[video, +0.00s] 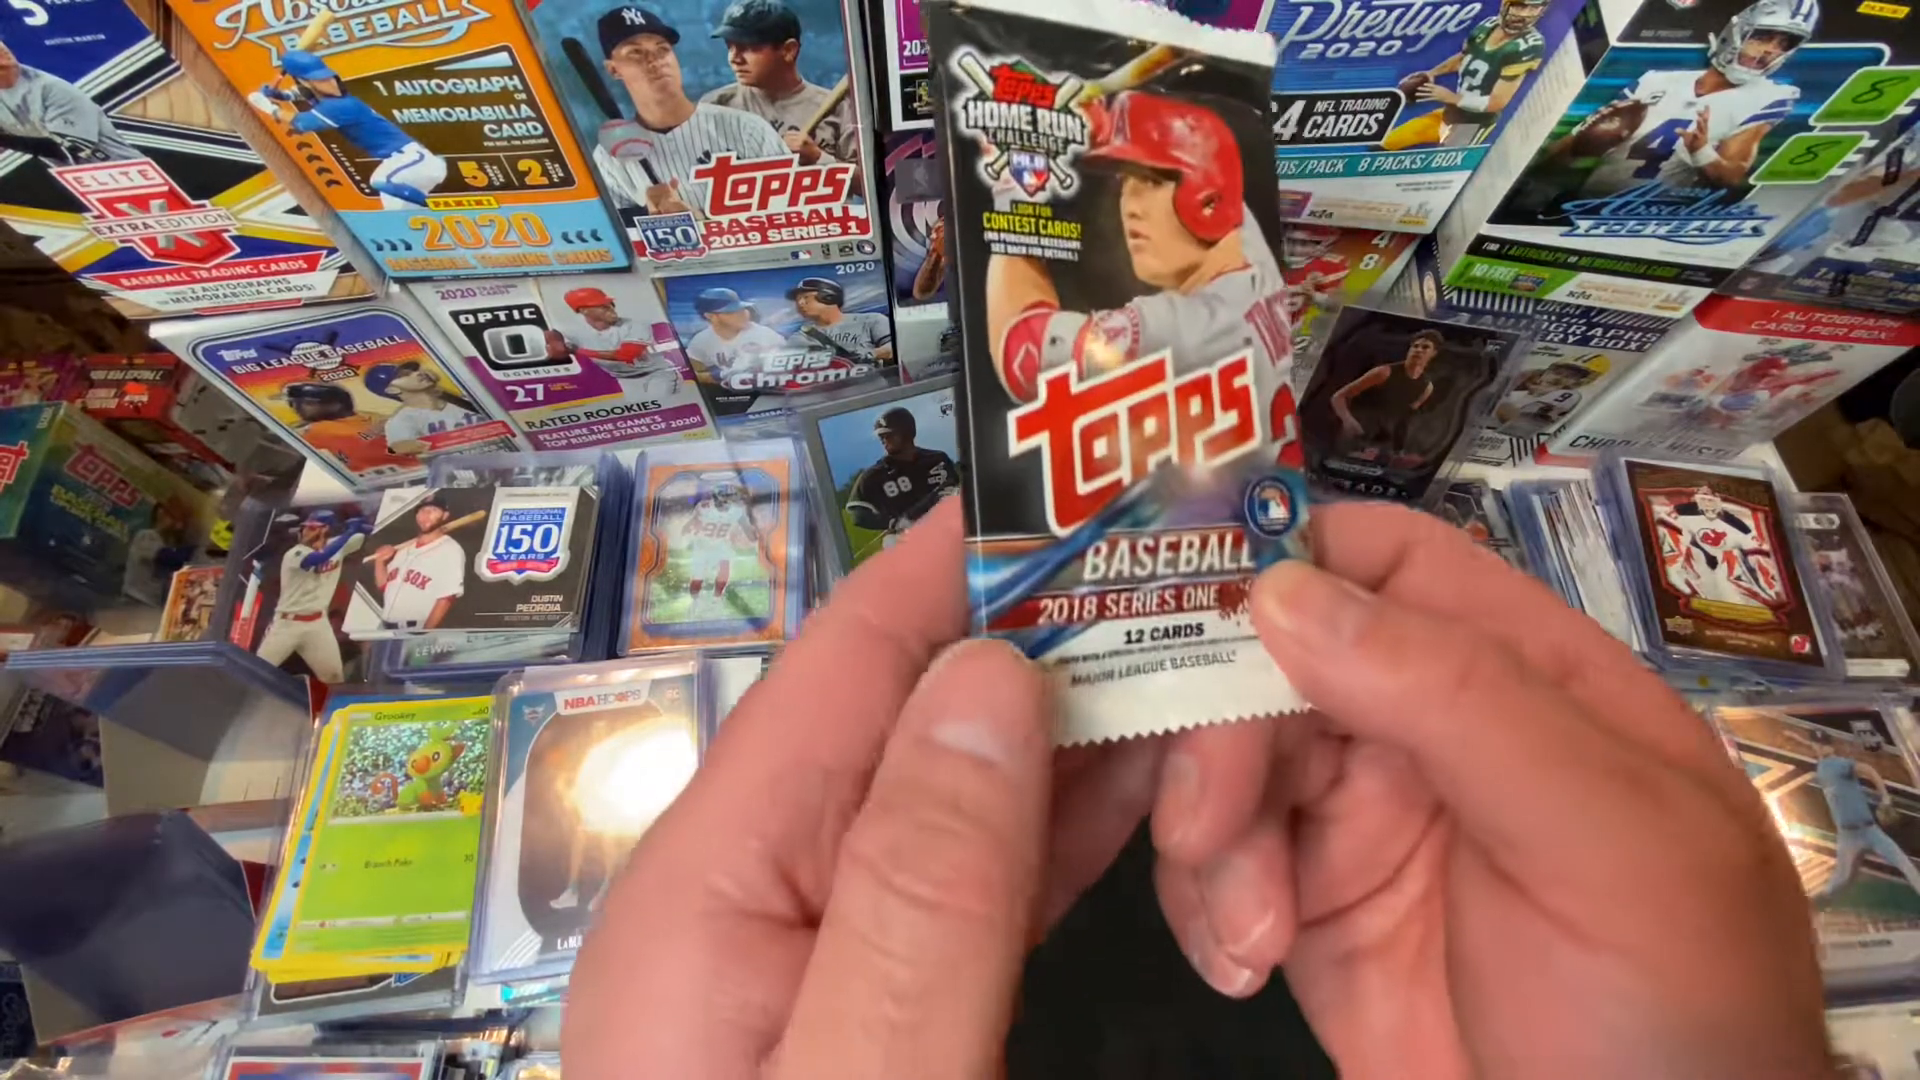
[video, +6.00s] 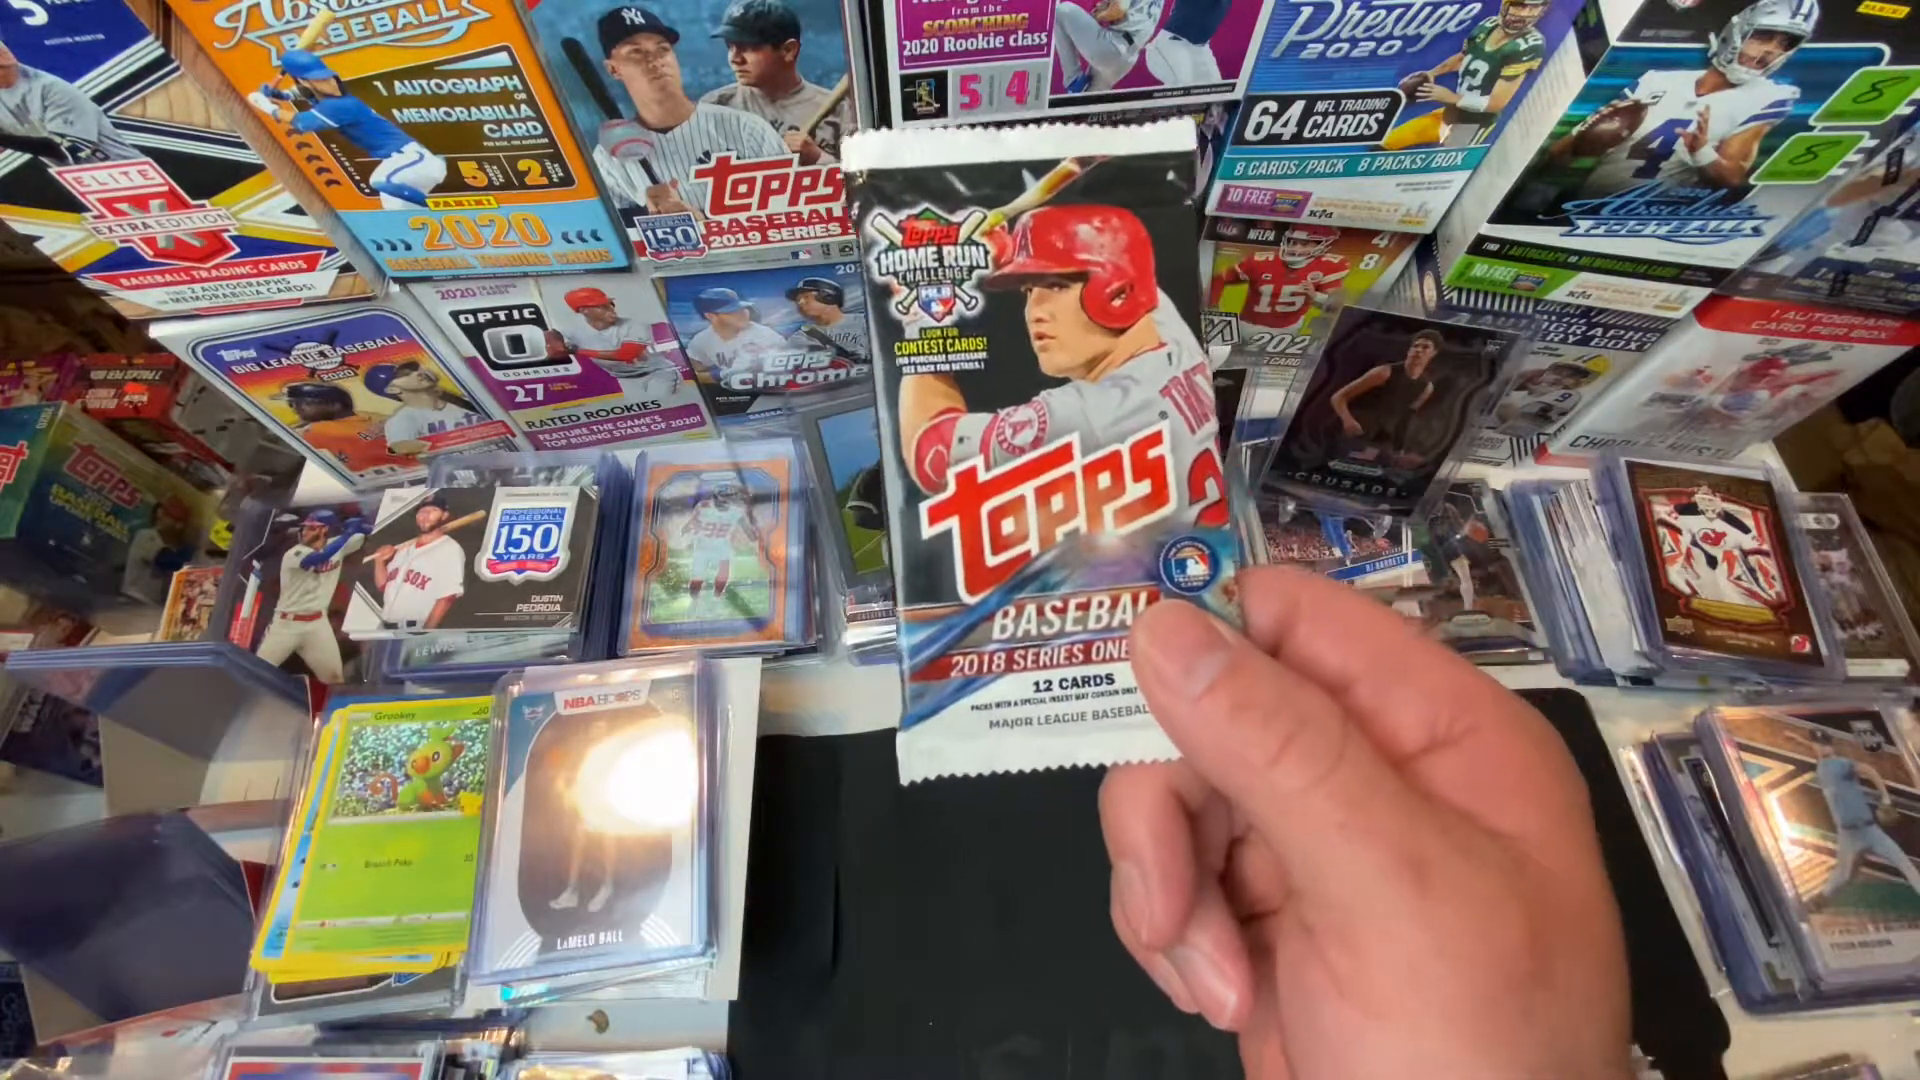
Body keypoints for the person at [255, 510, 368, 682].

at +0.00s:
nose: (303, 532)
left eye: (309, 528)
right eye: (304, 527)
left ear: (324, 530)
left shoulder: (336, 549)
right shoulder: (294, 554)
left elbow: (367, 532)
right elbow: (318, 560)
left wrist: (357, 524)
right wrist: (348, 535)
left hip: (317, 625)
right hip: (285, 624)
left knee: (334, 678)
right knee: (259, 670)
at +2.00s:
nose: (305, 532)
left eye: (311, 528)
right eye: (304, 527)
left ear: (324, 530)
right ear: (302, 529)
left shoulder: (337, 548)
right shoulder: (293, 554)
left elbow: (368, 533)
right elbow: (319, 560)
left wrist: (358, 525)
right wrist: (346, 537)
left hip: (317, 626)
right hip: (284, 625)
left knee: (334, 679)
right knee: (257, 671)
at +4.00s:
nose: (303, 531)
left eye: (309, 528)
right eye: (304, 527)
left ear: (323, 531)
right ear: (303, 529)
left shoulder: (337, 548)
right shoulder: (294, 554)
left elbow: (368, 532)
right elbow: (320, 559)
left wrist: (357, 524)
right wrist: (348, 534)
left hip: (317, 625)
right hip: (285, 624)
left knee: (334, 677)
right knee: (258, 670)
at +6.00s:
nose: (303, 532)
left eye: (309, 528)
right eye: (304, 528)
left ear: (324, 531)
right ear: (303, 530)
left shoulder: (336, 549)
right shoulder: (293, 554)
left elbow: (365, 532)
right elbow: (318, 560)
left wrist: (353, 523)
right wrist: (346, 536)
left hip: (317, 625)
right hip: (284, 624)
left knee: (334, 680)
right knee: (258, 671)